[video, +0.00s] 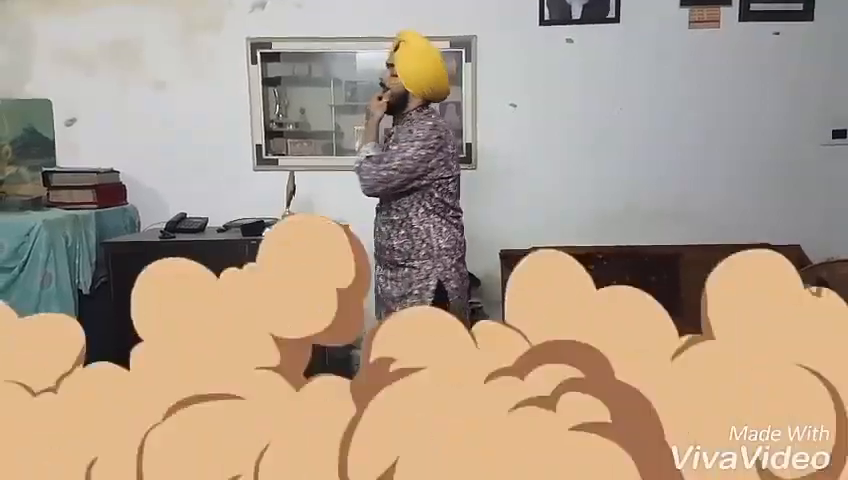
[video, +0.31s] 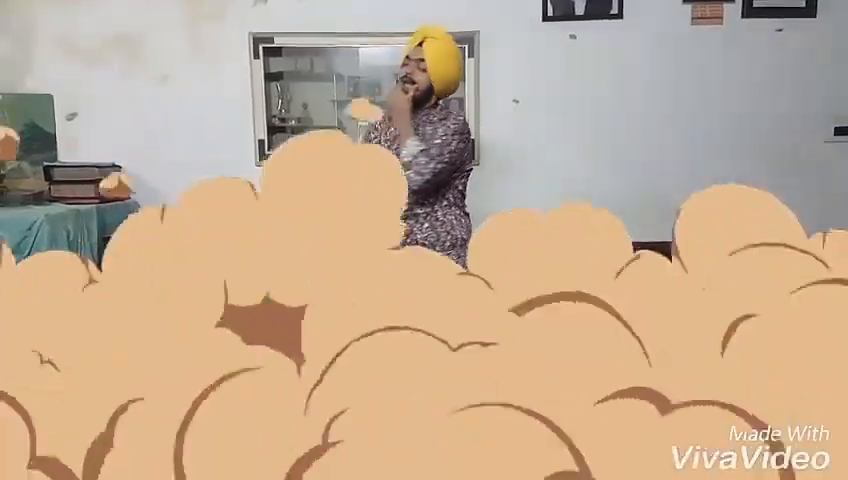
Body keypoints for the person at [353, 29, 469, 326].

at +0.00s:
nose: (384, 78)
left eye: (392, 71)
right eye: (387, 71)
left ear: (415, 80)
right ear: (412, 80)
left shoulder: (430, 130)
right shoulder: (400, 128)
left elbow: (373, 180)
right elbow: (375, 174)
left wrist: (371, 124)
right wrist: (373, 121)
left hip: (426, 267)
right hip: (398, 265)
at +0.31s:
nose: (408, 71)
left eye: (421, 66)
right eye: (406, 63)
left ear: (442, 76)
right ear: (400, 67)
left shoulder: (454, 128)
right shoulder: (381, 126)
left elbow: (416, 180)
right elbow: (362, 178)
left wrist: (401, 117)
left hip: (437, 247)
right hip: (386, 241)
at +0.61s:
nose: (432, 61)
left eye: (443, 56)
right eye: (427, 53)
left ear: (460, 70)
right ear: (414, 60)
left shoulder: (469, 119)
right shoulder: (390, 115)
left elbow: (460, 170)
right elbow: (361, 163)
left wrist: (430, 107)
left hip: (450, 250)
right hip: (393, 248)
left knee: (449, 345)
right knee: (396, 345)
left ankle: (446, 451)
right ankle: (402, 444)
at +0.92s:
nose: (449, 49)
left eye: (461, 45)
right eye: (443, 42)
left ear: (476, 60)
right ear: (430, 52)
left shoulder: (489, 111)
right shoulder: (401, 112)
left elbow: (484, 159)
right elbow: (376, 191)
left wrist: (452, 97)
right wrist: (388, 259)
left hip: (471, 258)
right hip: (408, 257)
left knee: (466, 361)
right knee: (398, 351)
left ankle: (461, 458)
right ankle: (418, 425)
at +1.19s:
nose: (443, 46)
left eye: (455, 40)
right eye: (436, 39)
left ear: (474, 52)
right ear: (425, 50)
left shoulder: (494, 107)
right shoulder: (403, 112)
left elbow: (486, 161)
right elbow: (378, 188)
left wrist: (450, 95)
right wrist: (374, 261)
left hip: (476, 259)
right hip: (411, 259)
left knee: (466, 368)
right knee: (400, 367)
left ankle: (459, 461)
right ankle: (399, 462)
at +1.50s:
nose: (390, 65)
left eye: (397, 53)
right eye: (384, 57)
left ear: (430, 50)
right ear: (384, 60)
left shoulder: (477, 107)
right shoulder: (383, 119)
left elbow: (462, 174)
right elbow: (364, 202)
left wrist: (417, 114)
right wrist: (358, 277)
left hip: (462, 270)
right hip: (395, 270)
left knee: (459, 384)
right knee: (396, 396)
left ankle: (455, 465)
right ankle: (399, 473)